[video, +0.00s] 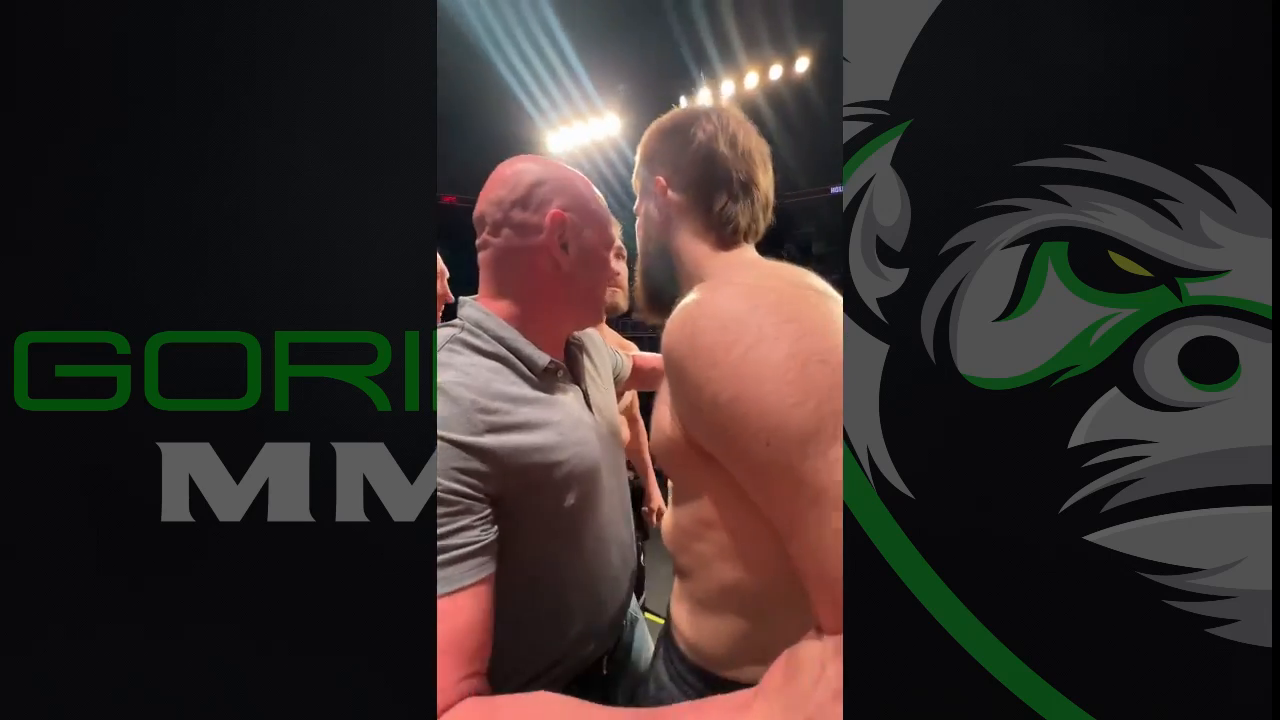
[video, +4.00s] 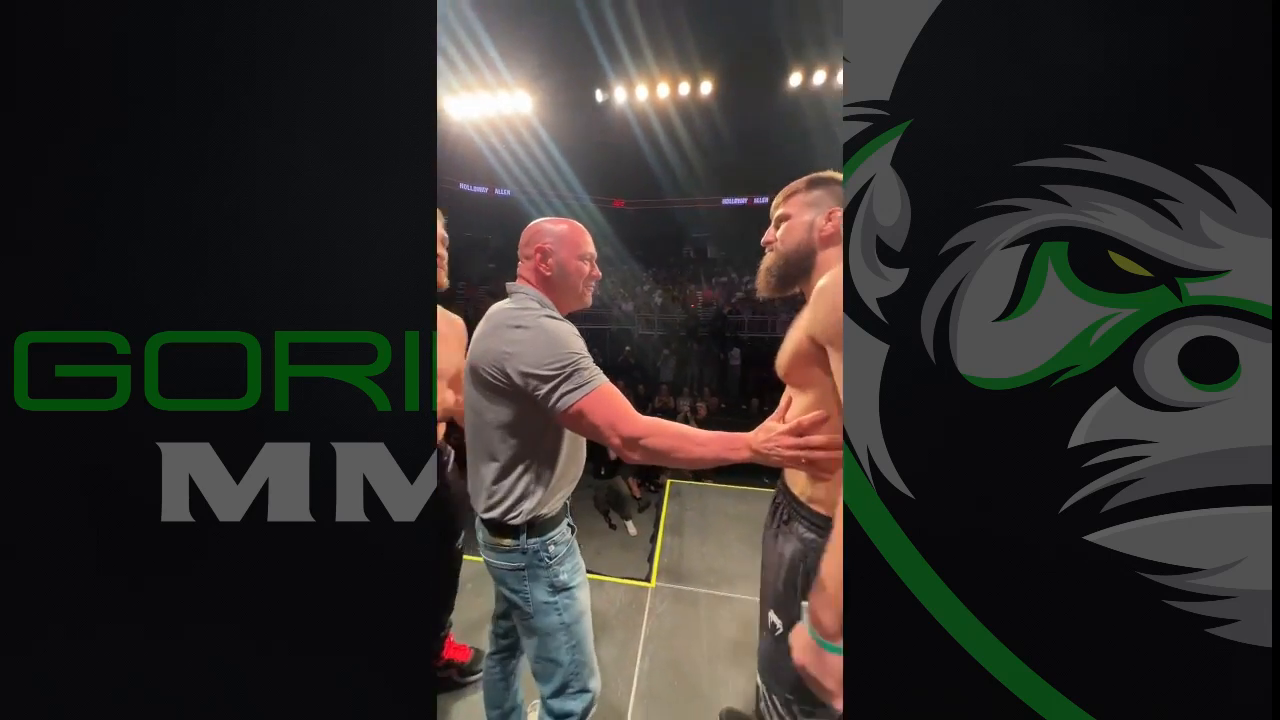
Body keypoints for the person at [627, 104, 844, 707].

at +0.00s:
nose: (635, 214)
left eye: (636, 195)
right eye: (634, 195)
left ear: (662, 198)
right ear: (745, 196)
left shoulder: (709, 322)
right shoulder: (812, 291)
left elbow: (831, 539)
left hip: (716, 685)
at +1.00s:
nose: (599, 265)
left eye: (597, 242)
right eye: (592, 238)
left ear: (539, 229)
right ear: (541, 228)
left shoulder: (520, 335)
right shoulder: (459, 407)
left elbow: (571, 366)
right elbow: (594, 672)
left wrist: (658, 380)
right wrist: (860, 586)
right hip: (493, 698)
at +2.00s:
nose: (650, 277)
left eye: (648, 261)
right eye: (641, 257)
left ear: (592, 257)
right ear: (595, 254)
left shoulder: (545, 333)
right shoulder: (549, 344)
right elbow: (538, 590)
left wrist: (614, 412)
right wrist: (818, 680)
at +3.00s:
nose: (651, 271)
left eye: (647, 256)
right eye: (638, 254)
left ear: (588, 259)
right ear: (589, 256)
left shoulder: (557, 324)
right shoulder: (560, 336)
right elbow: (641, 503)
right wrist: (844, 543)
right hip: (559, 586)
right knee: (566, 710)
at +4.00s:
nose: (596, 272)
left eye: (595, 261)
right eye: (585, 260)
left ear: (539, 262)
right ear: (542, 260)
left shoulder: (507, 318)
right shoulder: (539, 333)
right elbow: (631, 437)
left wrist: (625, 438)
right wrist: (752, 445)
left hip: (505, 529)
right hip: (534, 539)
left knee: (504, 649)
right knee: (572, 692)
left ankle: (503, 712)